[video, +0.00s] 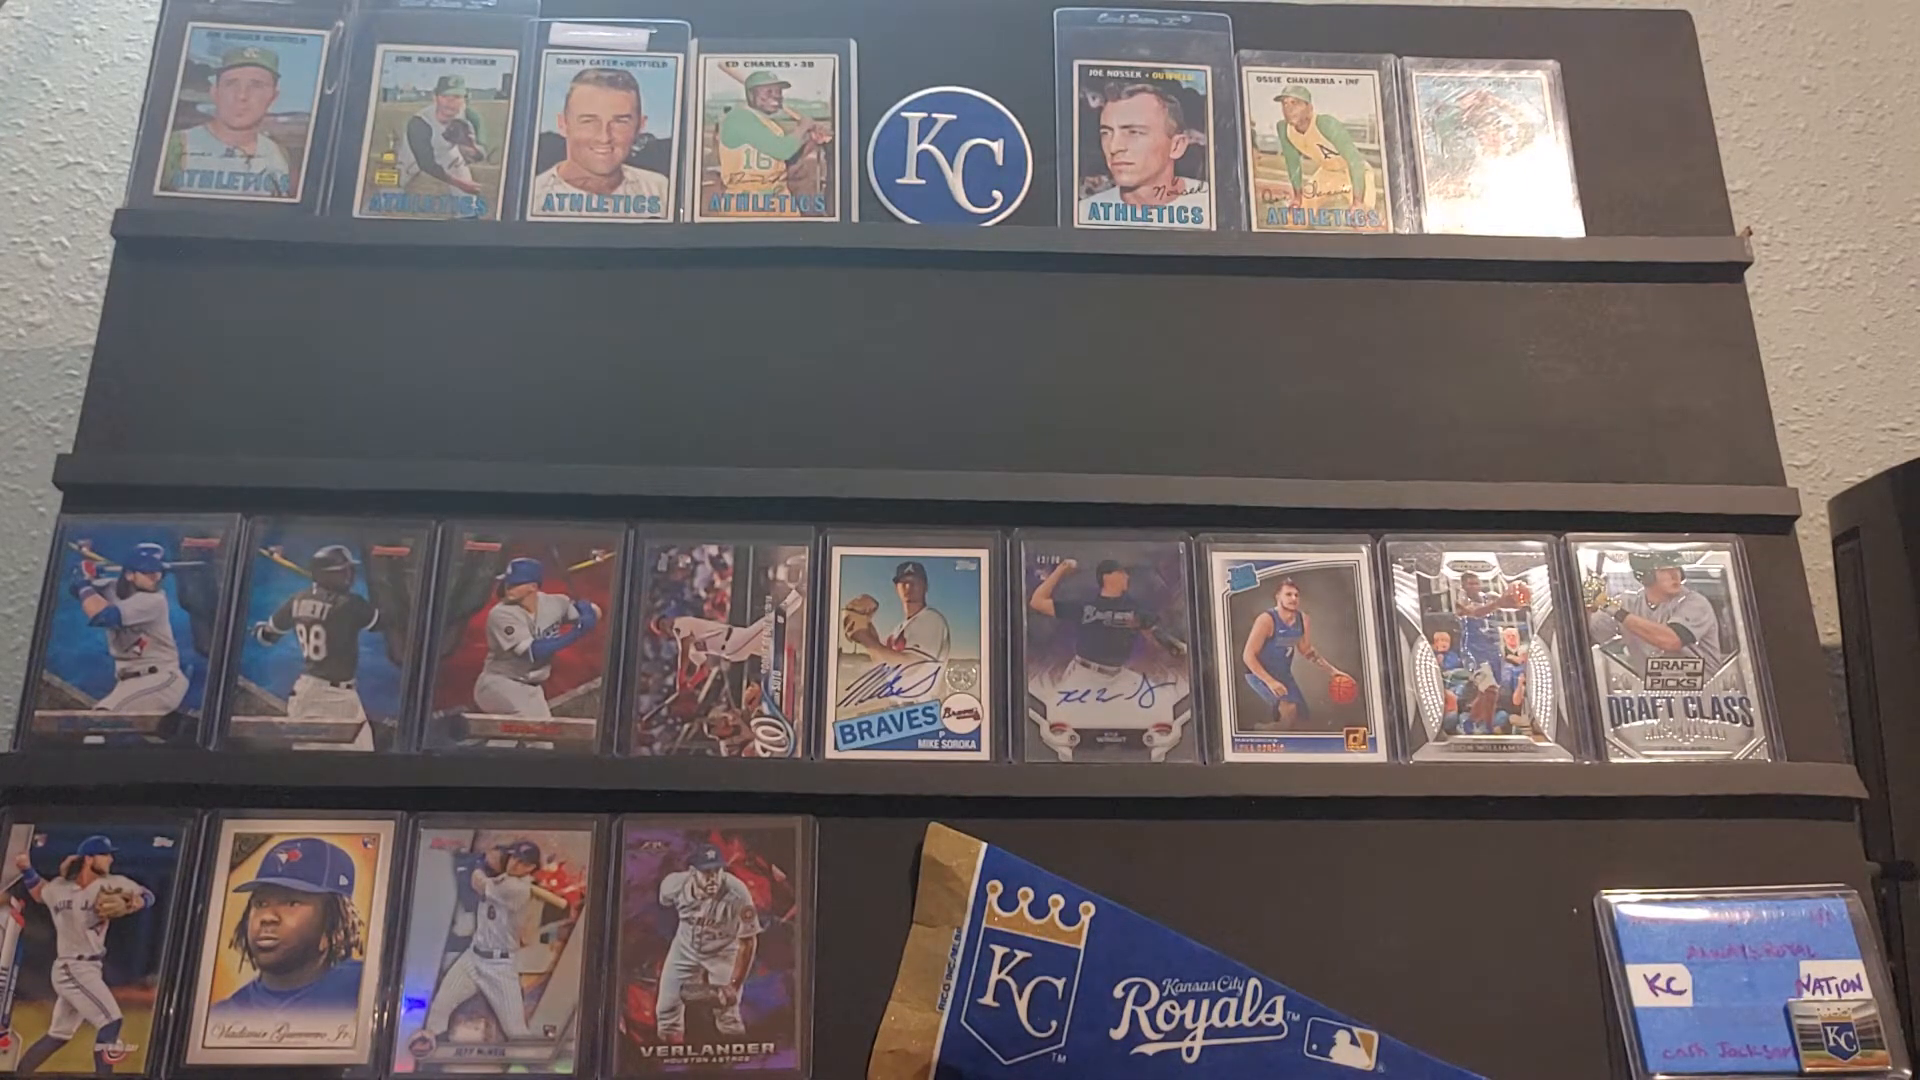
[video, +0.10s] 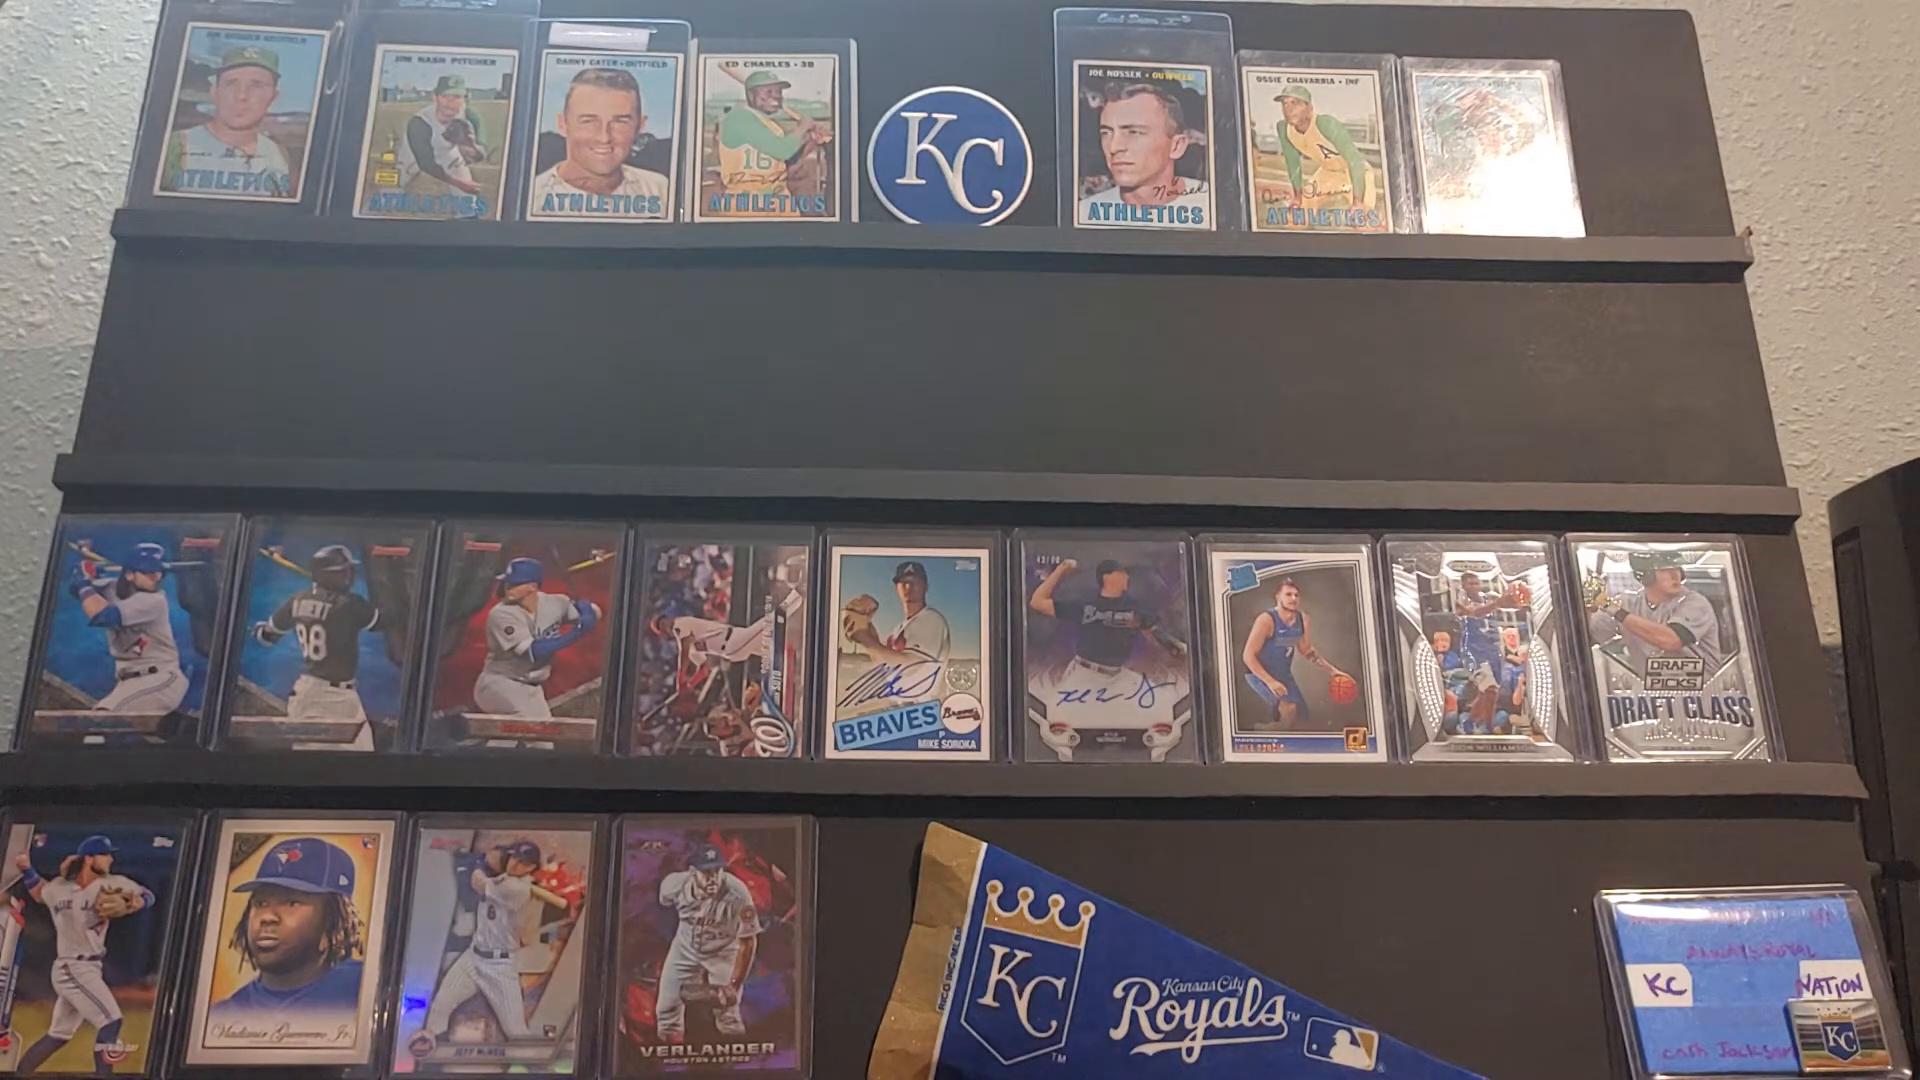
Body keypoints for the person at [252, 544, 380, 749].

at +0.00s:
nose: (351, 576)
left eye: (350, 570)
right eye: (347, 571)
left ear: (321, 575)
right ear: (336, 575)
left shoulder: (298, 600)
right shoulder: (351, 604)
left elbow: (268, 637)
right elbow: (386, 621)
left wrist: (259, 630)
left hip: (305, 694)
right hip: (340, 698)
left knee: (306, 766)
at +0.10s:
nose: (351, 576)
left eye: (351, 570)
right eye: (347, 571)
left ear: (320, 575)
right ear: (336, 575)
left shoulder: (298, 600)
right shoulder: (351, 605)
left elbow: (268, 637)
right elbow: (386, 621)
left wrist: (259, 630)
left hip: (305, 695)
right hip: (341, 699)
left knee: (305, 766)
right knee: (360, 767)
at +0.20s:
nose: (351, 576)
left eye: (351, 571)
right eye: (347, 571)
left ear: (320, 575)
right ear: (336, 575)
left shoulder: (298, 600)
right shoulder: (350, 605)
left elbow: (268, 637)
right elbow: (387, 620)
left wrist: (259, 630)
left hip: (305, 694)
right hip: (341, 698)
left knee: (305, 765)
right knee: (361, 767)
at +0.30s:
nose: (351, 576)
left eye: (351, 571)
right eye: (347, 571)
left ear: (320, 575)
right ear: (336, 575)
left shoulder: (298, 600)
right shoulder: (351, 605)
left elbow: (268, 637)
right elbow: (387, 620)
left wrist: (259, 630)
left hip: (305, 694)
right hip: (341, 698)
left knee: (305, 766)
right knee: (361, 767)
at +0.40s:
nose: (351, 576)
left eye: (351, 571)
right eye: (347, 571)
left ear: (320, 575)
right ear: (336, 575)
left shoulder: (298, 600)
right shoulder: (351, 605)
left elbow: (268, 637)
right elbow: (387, 620)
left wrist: (259, 630)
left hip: (305, 694)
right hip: (341, 698)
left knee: (305, 766)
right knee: (361, 767)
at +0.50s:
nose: (351, 576)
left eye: (351, 571)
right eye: (347, 571)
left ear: (320, 575)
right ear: (336, 575)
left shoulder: (298, 600)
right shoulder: (351, 605)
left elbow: (268, 637)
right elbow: (387, 620)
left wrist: (259, 630)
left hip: (305, 694)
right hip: (341, 698)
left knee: (305, 765)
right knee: (361, 767)